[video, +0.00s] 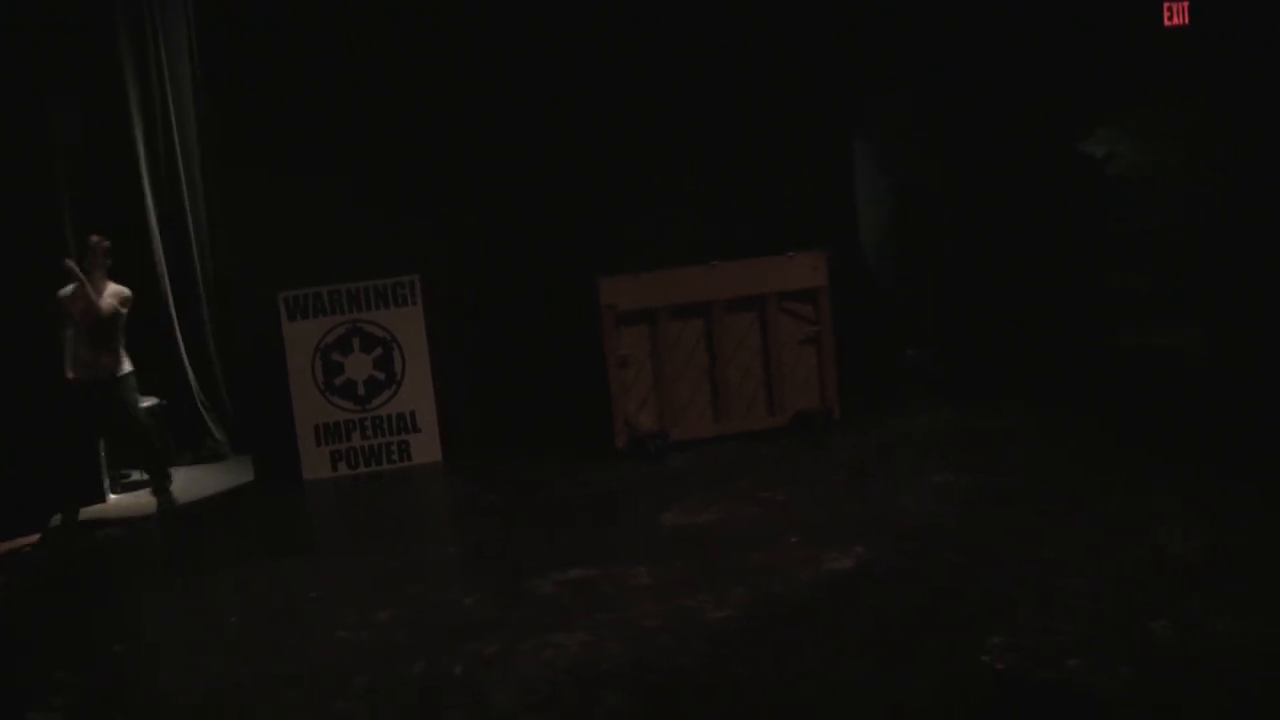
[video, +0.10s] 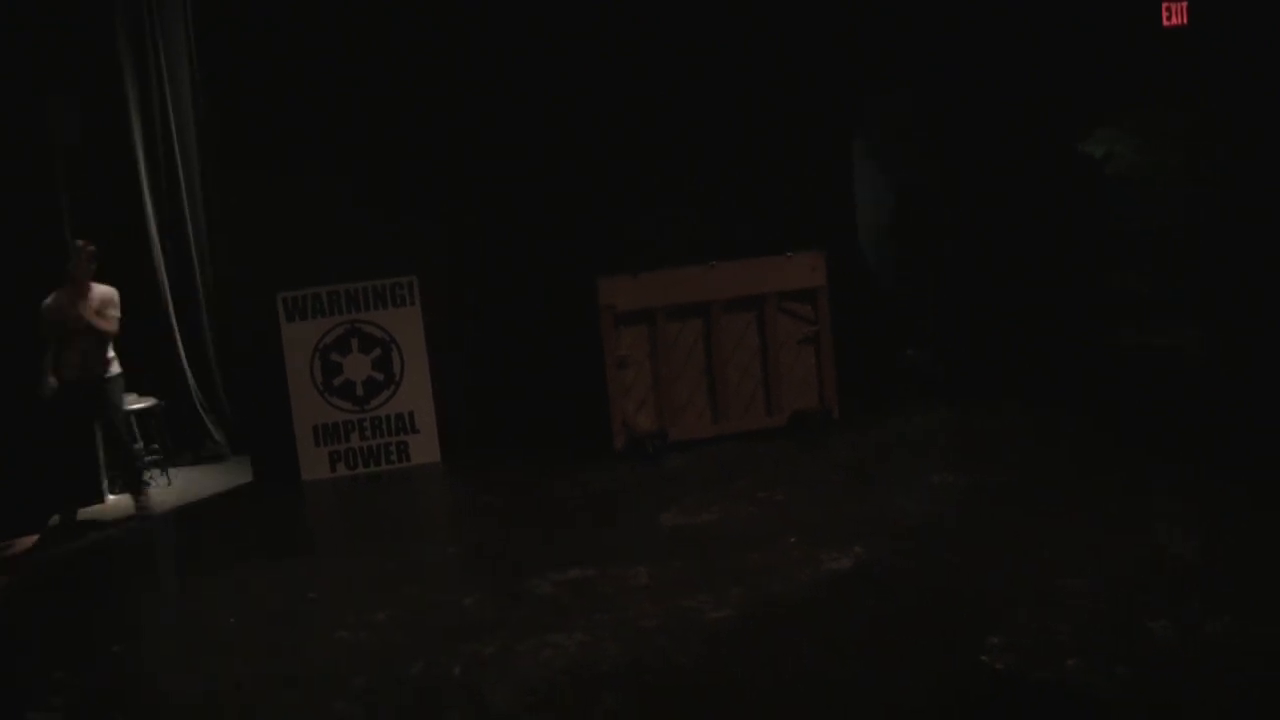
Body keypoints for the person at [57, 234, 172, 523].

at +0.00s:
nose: (102, 260)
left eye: (105, 254)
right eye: (97, 254)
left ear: (110, 258)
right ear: (86, 258)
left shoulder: (121, 293)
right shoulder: (68, 296)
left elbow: (101, 312)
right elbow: (64, 336)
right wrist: (68, 370)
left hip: (118, 375)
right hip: (83, 379)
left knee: (134, 429)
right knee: (77, 442)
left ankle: (161, 487)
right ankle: (70, 508)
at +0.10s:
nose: (84, 269)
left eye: (88, 263)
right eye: (80, 263)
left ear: (94, 265)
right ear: (69, 266)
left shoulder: (107, 295)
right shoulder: (54, 304)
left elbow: (112, 329)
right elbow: (48, 345)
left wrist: (86, 313)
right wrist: (49, 376)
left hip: (106, 375)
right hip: (72, 380)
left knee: (117, 431)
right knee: (72, 441)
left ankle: (138, 490)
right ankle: (70, 505)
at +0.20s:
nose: (65, 271)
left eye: (69, 265)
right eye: (60, 266)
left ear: (79, 267)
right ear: (54, 270)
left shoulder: (101, 300)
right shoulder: (44, 308)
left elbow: (114, 332)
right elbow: (37, 344)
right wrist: (40, 372)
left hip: (96, 381)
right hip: (61, 385)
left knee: (106, 439)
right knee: (62, 446)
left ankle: (129, 493)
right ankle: (64, 509)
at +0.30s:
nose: (58, 275)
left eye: (62, 269)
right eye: (53, 270)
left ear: (71, 271)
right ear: (46, 274)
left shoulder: (93, 307)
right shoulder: (36, 309)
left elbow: (108, 342)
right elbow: (34, 347)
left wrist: (127, 372)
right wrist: (37, 377)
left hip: (91, 383)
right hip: (56, 386)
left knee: (102, 440)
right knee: (59, 447)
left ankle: (129, 492)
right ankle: (62, 511)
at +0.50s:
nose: (49, 282)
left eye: (53, 276)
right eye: (44, 277)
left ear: (62, 279)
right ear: (37, 281)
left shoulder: (82, 316)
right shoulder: (25, 311)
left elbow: (113, 351)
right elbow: (23, 348)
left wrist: (118, 353)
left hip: (79, 384)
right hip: (45, 386)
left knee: (97, 440)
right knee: (51, 446)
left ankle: (121, 493)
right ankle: (55, 509)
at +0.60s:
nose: (46, 285)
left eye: (50, 278)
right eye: (40, 279)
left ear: (59, 282)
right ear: (32, 283)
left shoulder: (74, 320)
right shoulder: (21, 314)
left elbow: (93, 352)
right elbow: (20, 354)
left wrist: (109, 380)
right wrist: (22, 386)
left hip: (76, 385)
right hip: (41, 387)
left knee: (94, 440)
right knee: (47, 447)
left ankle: (117, 494)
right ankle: (54, 508)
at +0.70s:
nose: (43, 289)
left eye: (47, 283)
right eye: (37, 283)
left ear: (57, 285)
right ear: (30, 287)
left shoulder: (73, 324)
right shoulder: (19, 318)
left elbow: (86, 364)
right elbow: (18, 361)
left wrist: (92, 400)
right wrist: (20, 400)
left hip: (72, 394)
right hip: (38, 397)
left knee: (94, 445)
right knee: (45, 454)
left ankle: (116, 497)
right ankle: (54, 512)